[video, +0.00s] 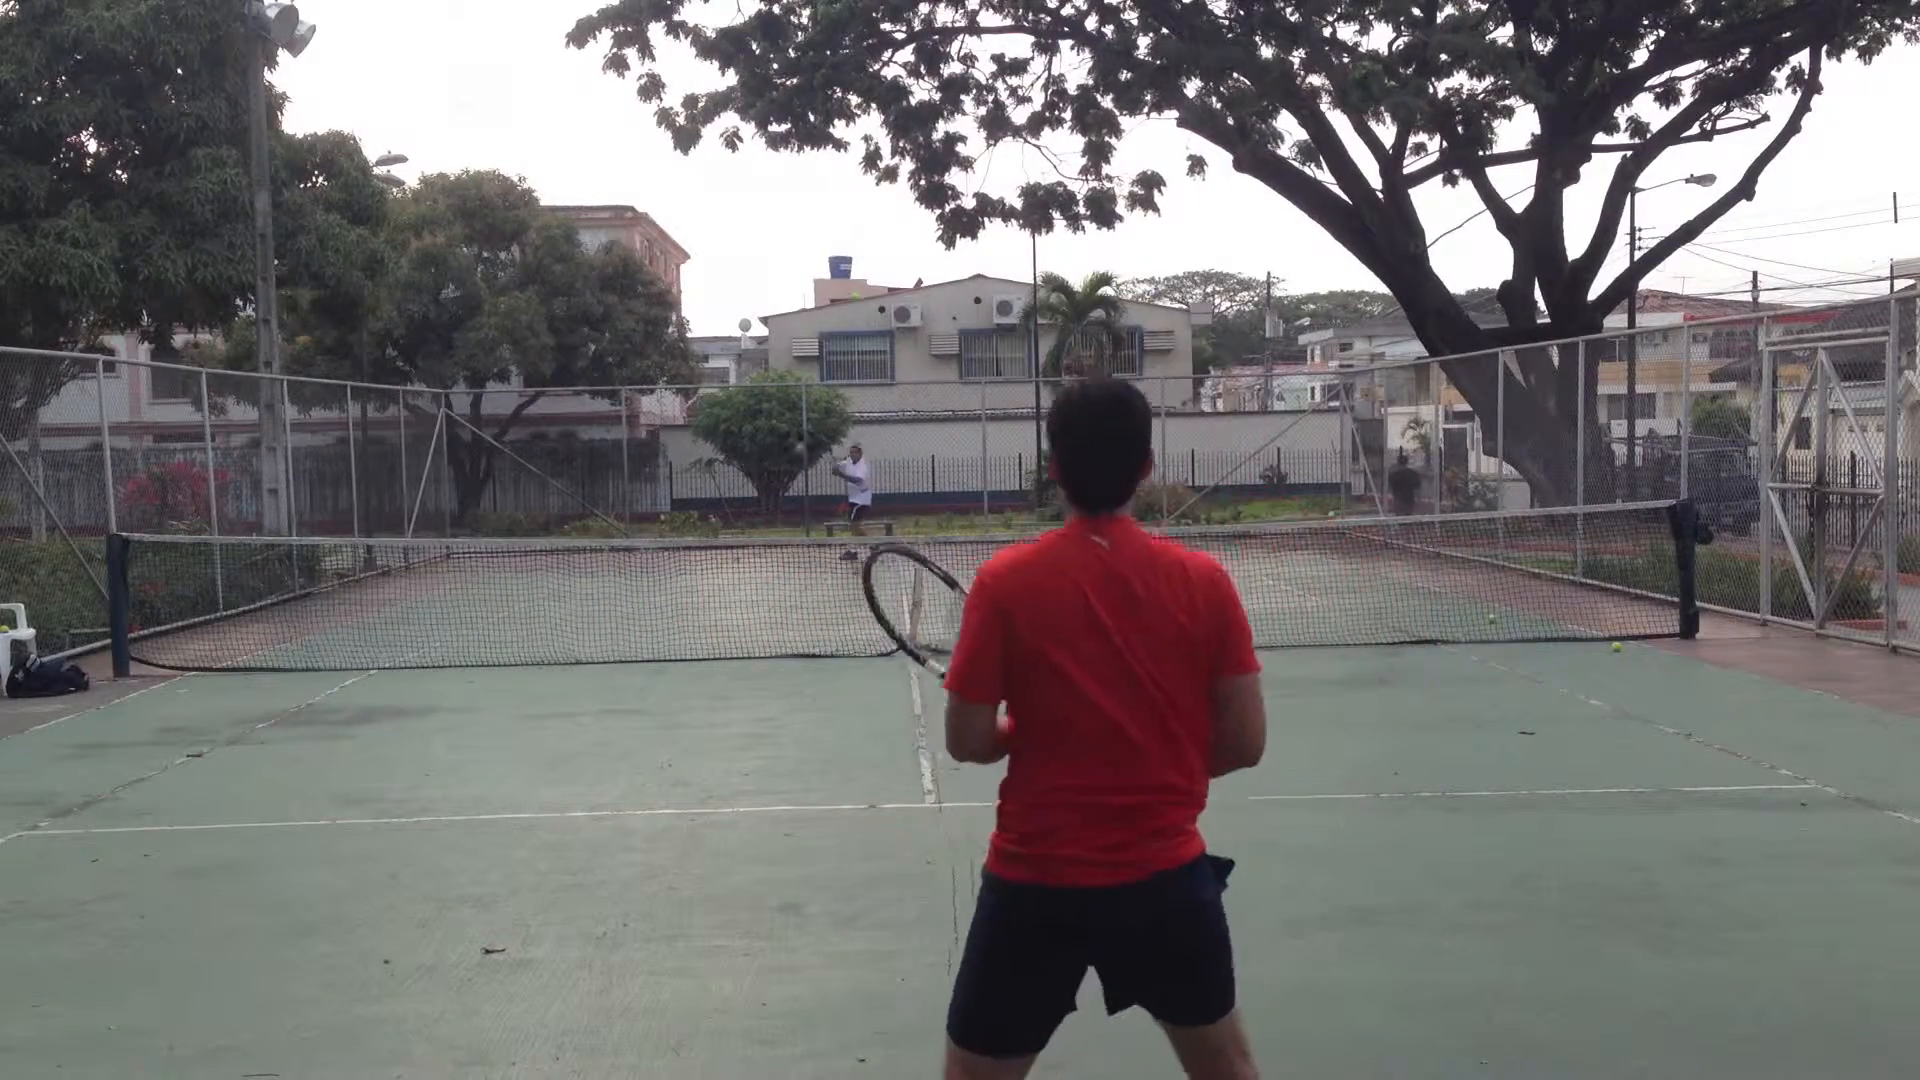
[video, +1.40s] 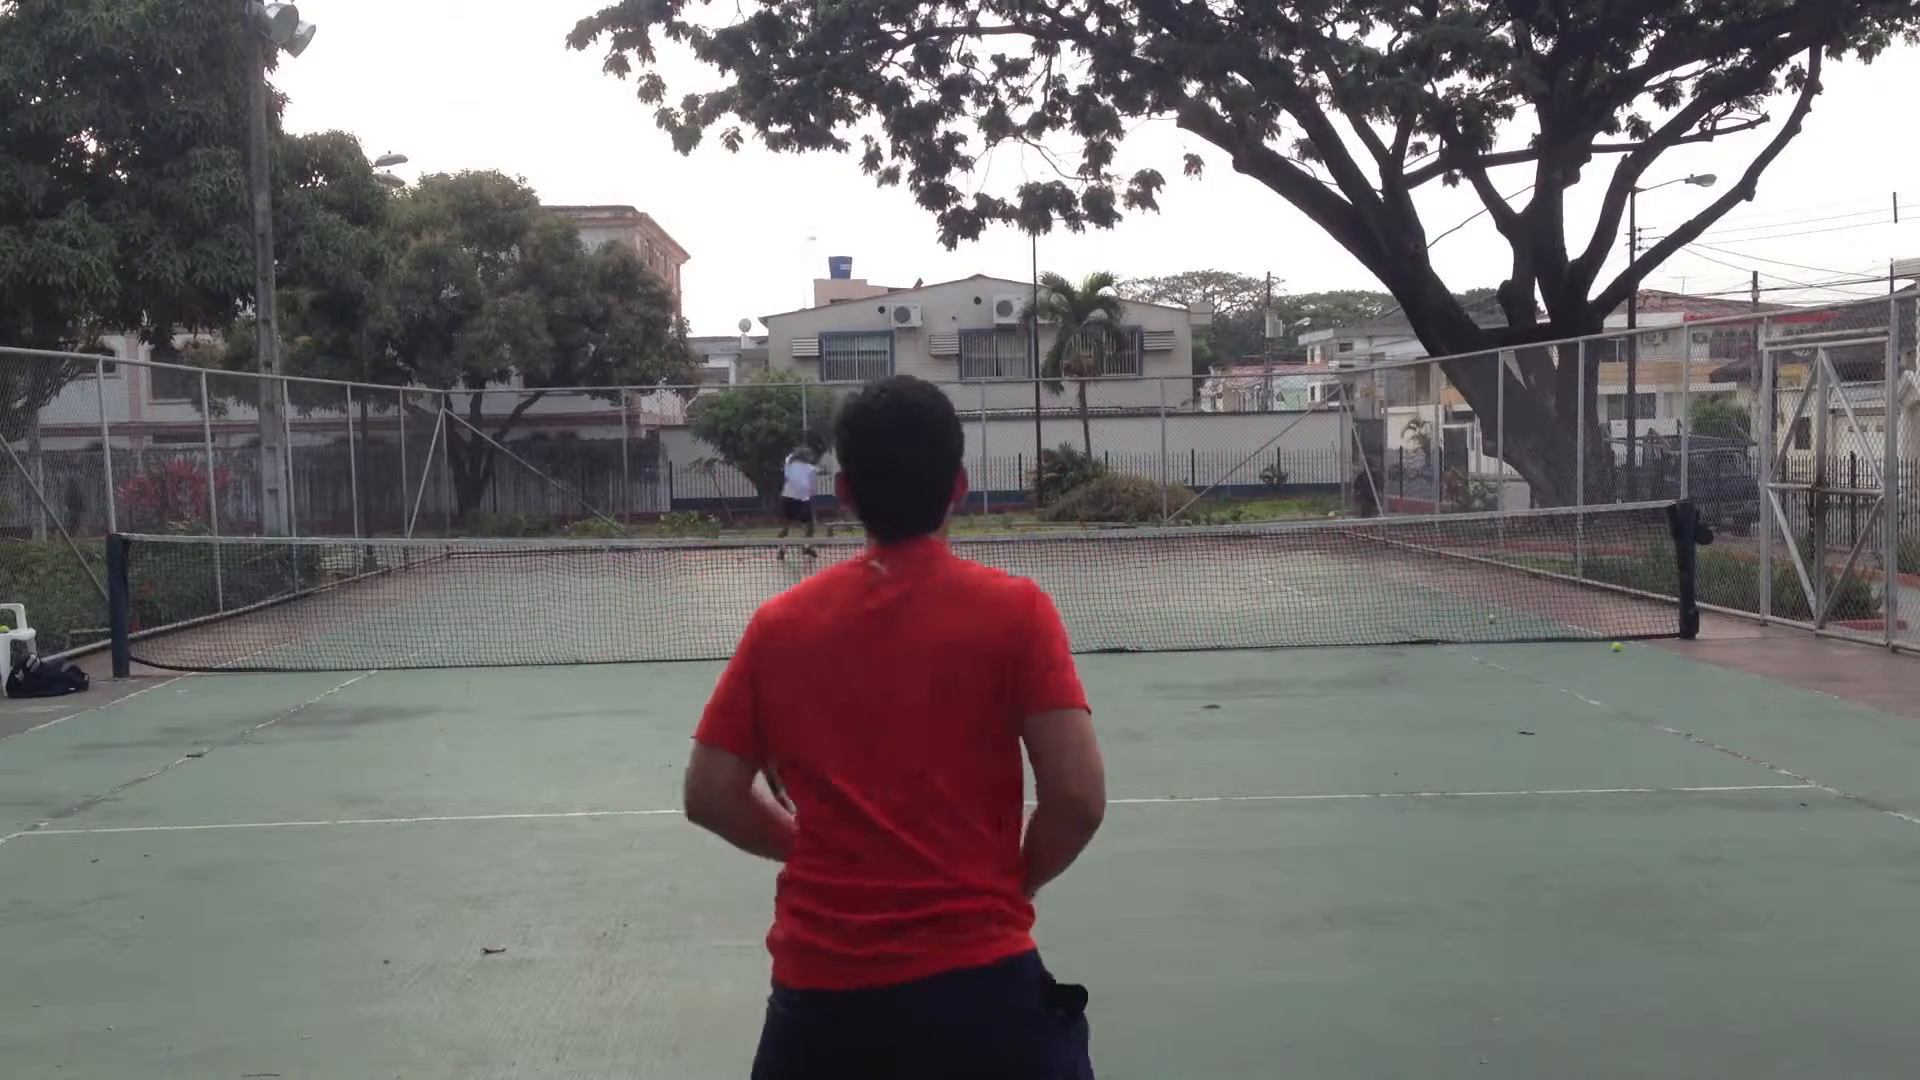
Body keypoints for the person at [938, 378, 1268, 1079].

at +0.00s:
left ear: (1055, 466)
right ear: (1145, 466)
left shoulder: (1007, 580)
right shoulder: (1202, 581)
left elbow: (967, 741)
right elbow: (1244, 742)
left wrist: (1030, 724)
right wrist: (1154, 750)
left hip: (1032, 898)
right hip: (1165, 892)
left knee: (977, 1070)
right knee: (1225, 1065)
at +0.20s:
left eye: (965, 437)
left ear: (967, 454)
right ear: (1063, 456)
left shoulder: (908, 565)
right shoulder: (1114, 572)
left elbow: (852, 720)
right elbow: (1157, 742)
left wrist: (923, 727)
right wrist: (1072, 761)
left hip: (947, 899)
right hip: (1085, 892)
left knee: (929, 1071)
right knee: (1141, 1069)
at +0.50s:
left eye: (885, 431)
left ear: (889, 449)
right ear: (994, 447)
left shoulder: (851, 576)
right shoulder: (1062, 570)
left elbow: (807, 759)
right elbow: (1122, 741)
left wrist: (857, 758)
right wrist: (1030, 775)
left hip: (884, 919)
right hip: (1023, 918)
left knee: (816, 1069)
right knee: (1038, 1071)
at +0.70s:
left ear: (808, 479)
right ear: (917, 478)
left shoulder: (754, 605)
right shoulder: (984, 601)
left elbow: (708, 786)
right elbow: (1057, 771)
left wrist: (784, 807)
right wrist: (965, 817)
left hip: (796, 973)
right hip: (949, 970)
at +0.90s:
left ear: (728, 475)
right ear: (837, 473)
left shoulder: (669, 599)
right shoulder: (907, 588)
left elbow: (602, 775)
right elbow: (974, 761)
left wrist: (680, 816)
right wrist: (890, 824)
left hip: (730, 968)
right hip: (889, 958)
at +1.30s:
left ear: (772, 485)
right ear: (885, 481)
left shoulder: (710, 615)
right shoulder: (954, 597)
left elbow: (645, 790)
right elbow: (1026, 779)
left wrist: (745, 851)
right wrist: (938, 859)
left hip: (770, 989)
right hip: (935, 975)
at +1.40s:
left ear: (843, 491)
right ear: (959, 487)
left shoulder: (782, 624)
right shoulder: (1013, 611)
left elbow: (712, 795)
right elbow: (1077, 798)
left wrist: (817, 844)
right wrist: (1009, 883)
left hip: (820, 1000)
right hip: (982, 994)